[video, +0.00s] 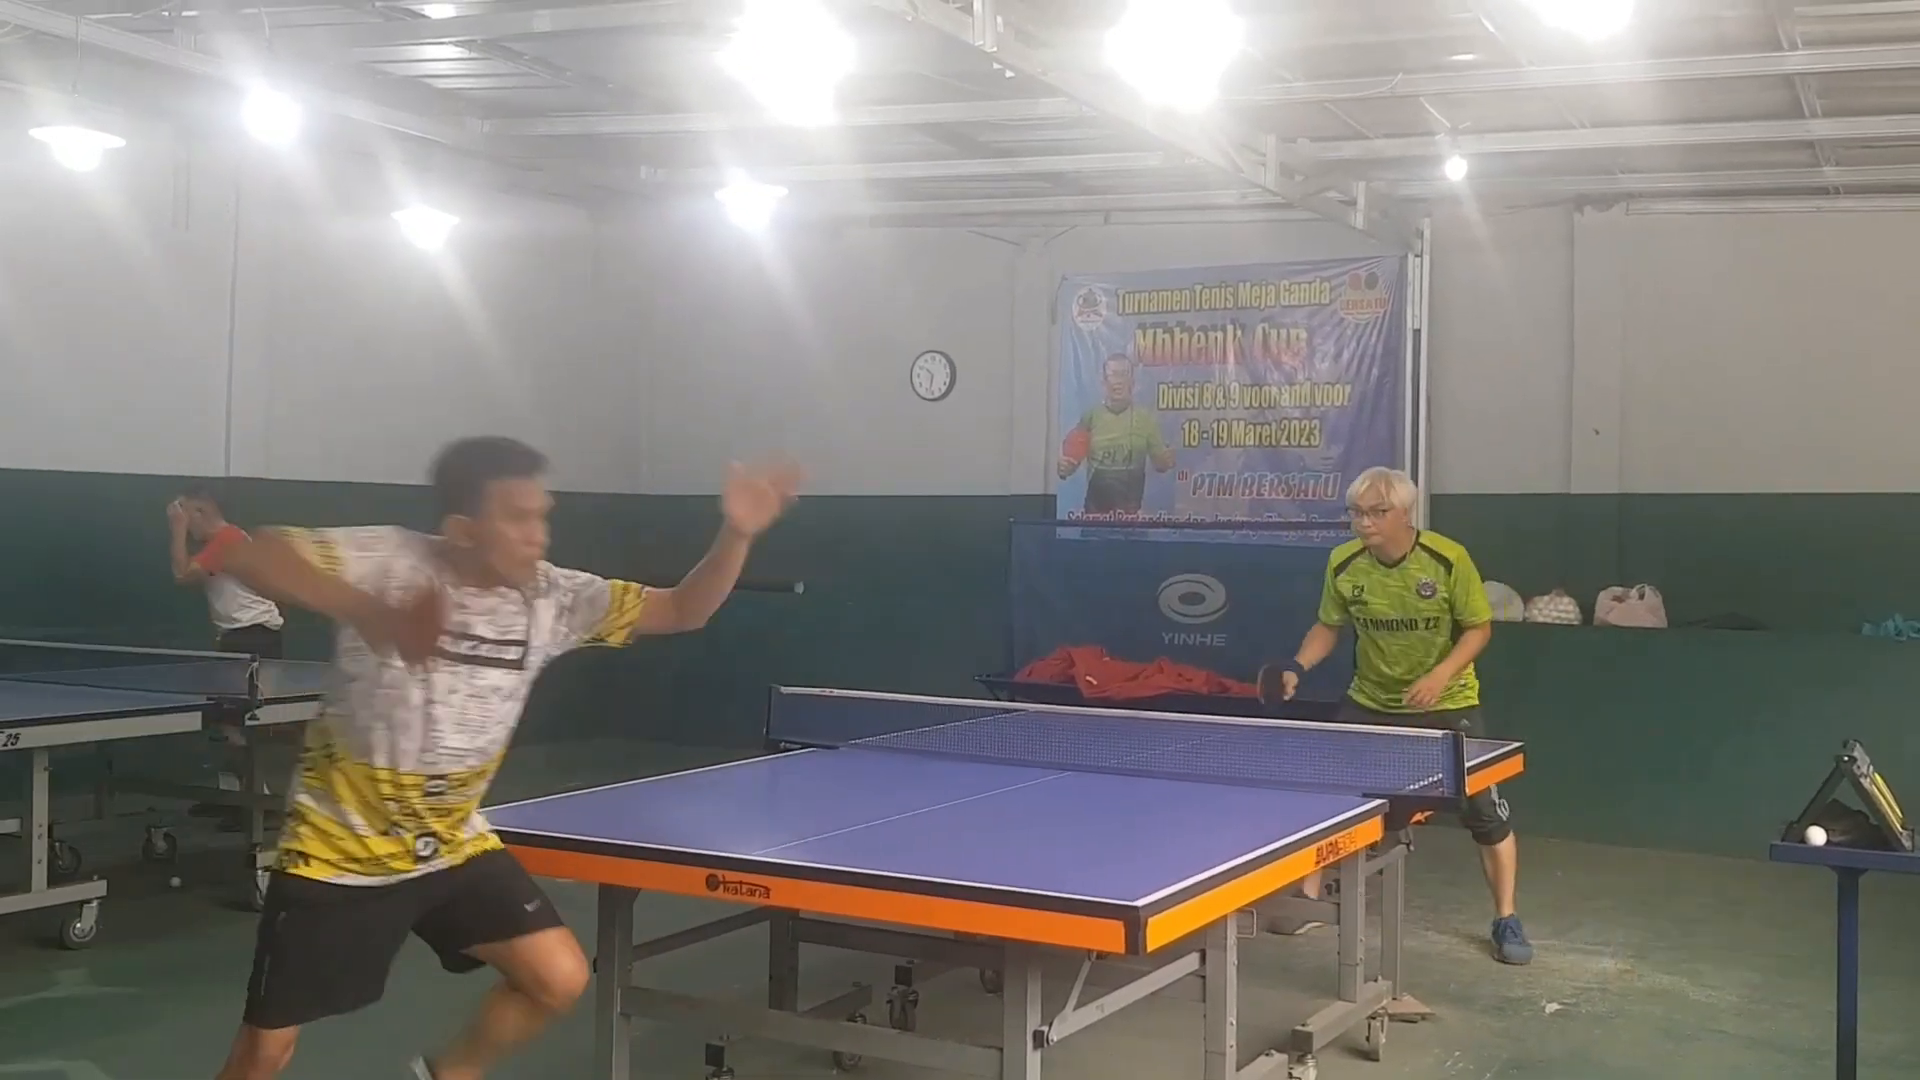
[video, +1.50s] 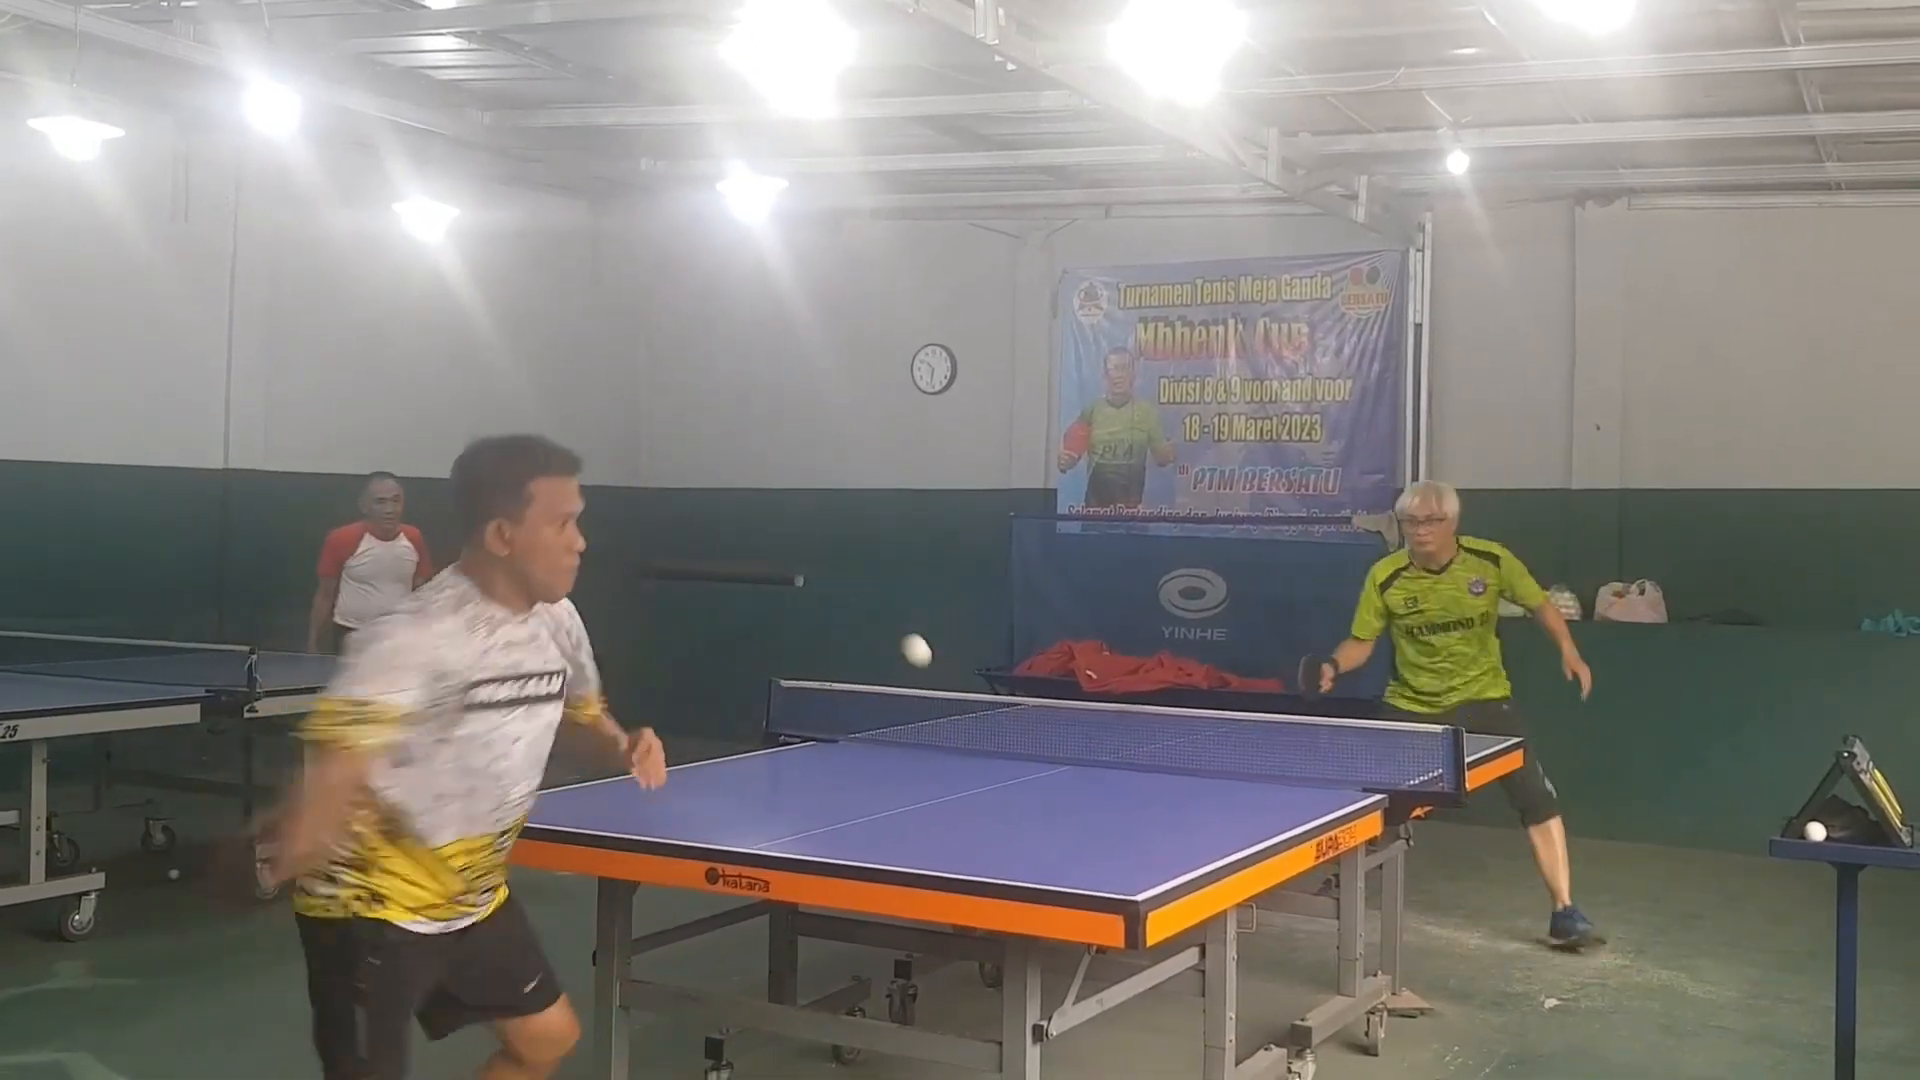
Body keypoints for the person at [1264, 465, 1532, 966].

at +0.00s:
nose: (1361, 523)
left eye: (1373, 513)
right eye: (1356, 513)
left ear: (1403, 514)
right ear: (1352, 517)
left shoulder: (1448, 560)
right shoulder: (1343, 564)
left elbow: (1479, 627)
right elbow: (1327, 625)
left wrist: (1440, 675)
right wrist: (1296, 667)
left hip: (1447, 704)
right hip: (1369, 701)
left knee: (1485, 806)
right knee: (1321, 785)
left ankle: (1506, 918)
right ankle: (1308, 897)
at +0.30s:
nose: (1358, 531)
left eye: (1368, 521)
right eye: (1352, 522)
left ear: (1397, 521)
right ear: (1348, 526)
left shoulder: (1447, 564)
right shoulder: (1347, 575)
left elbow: (1487, 634)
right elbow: (1339, 647)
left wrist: (1454, 674)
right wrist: (1306, 673)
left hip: (1457, 712)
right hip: (1380, 713)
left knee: (1507, 807)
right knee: (1322, 782)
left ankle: (1558, 920)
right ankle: (1312, 895)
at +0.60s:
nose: (1453, 521)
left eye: (1464, 510)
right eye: (1445, 512)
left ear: (1493, 508)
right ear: (1438, 513)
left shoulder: (1540, 542)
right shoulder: (1432, 566)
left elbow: (1585, 601)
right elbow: (1465, 630)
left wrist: (1568, 628)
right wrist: (1468, 659)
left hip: (1536, 703)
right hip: (1468, 708)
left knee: (1565, 822)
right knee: (1397, 794)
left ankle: (1578, 928)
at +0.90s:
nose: (1477, 507)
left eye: (1489, 496)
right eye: (1466, 498)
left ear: (1512, 499)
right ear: (1454, 505)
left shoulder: (1541, 535)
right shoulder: (1449, 558)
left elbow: (1588, 567)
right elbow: (1474, 602)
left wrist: (1613, 563)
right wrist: (1471, 628)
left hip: (1548, 704)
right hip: (1482, 709)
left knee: (1610, 807)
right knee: (1501, 812)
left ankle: (1576, 919)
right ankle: (1497, 939)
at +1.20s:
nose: (1476, 513)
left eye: (1488, 503)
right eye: (1468, 504)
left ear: (1514, 507)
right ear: (1459, 509)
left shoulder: (1553, 551)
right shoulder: (1441, 564)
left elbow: (1608, 603)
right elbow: (1430, 636)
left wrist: (1619, 657)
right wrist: (1411, 656)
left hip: (1535, 701)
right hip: (1459, 700)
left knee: (1561, 809)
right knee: (1428, 795)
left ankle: (1576, 929)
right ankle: (1415, 910)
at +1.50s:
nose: (1420, 531)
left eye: (1431, 522)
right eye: (1411, 522)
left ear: (1454, 524)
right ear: (1401, 526)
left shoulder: (1491, 561)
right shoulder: (1384, 576)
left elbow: (1540, 605)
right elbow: (1360, 641)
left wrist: (1568, 648)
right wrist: (1333, 666)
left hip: (1483, 699)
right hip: (1409, 702)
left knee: (1535, 792)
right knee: (1362, 781)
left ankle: (1564, 908)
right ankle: (1345, 871)